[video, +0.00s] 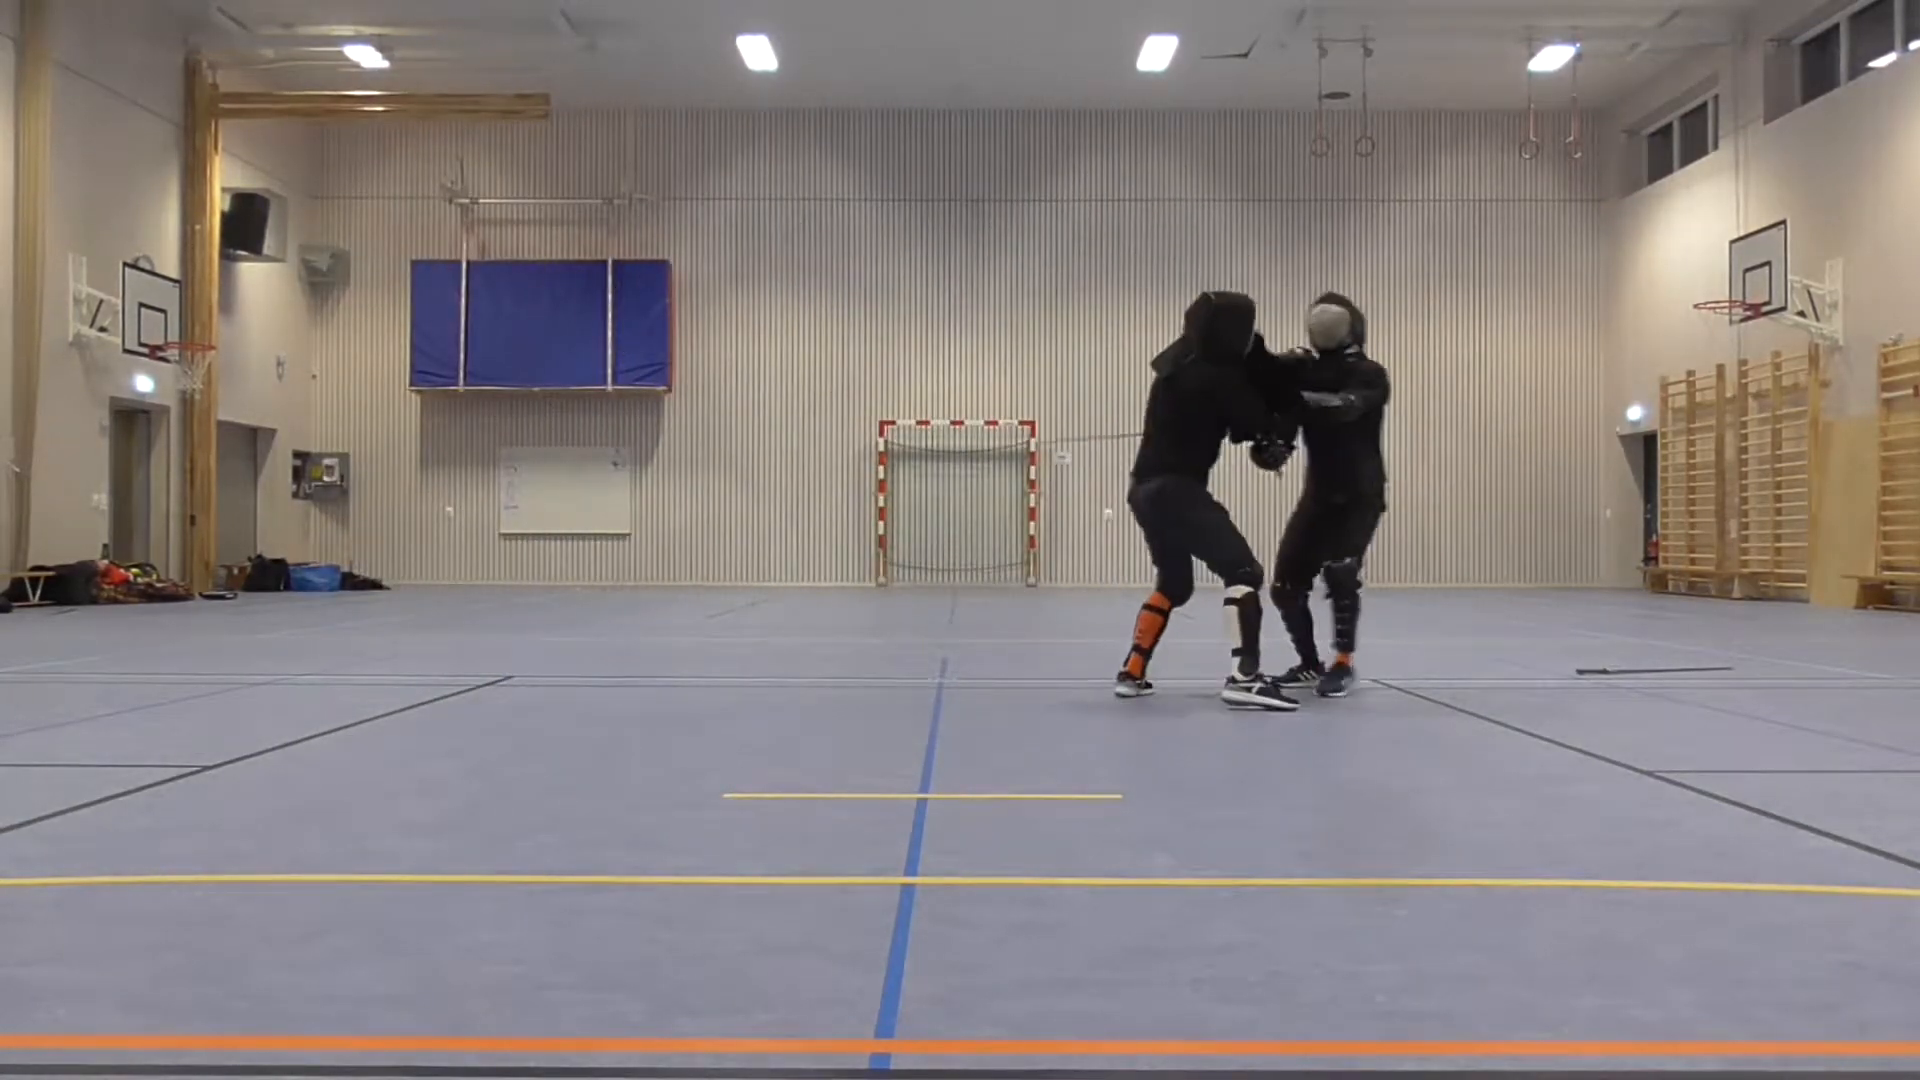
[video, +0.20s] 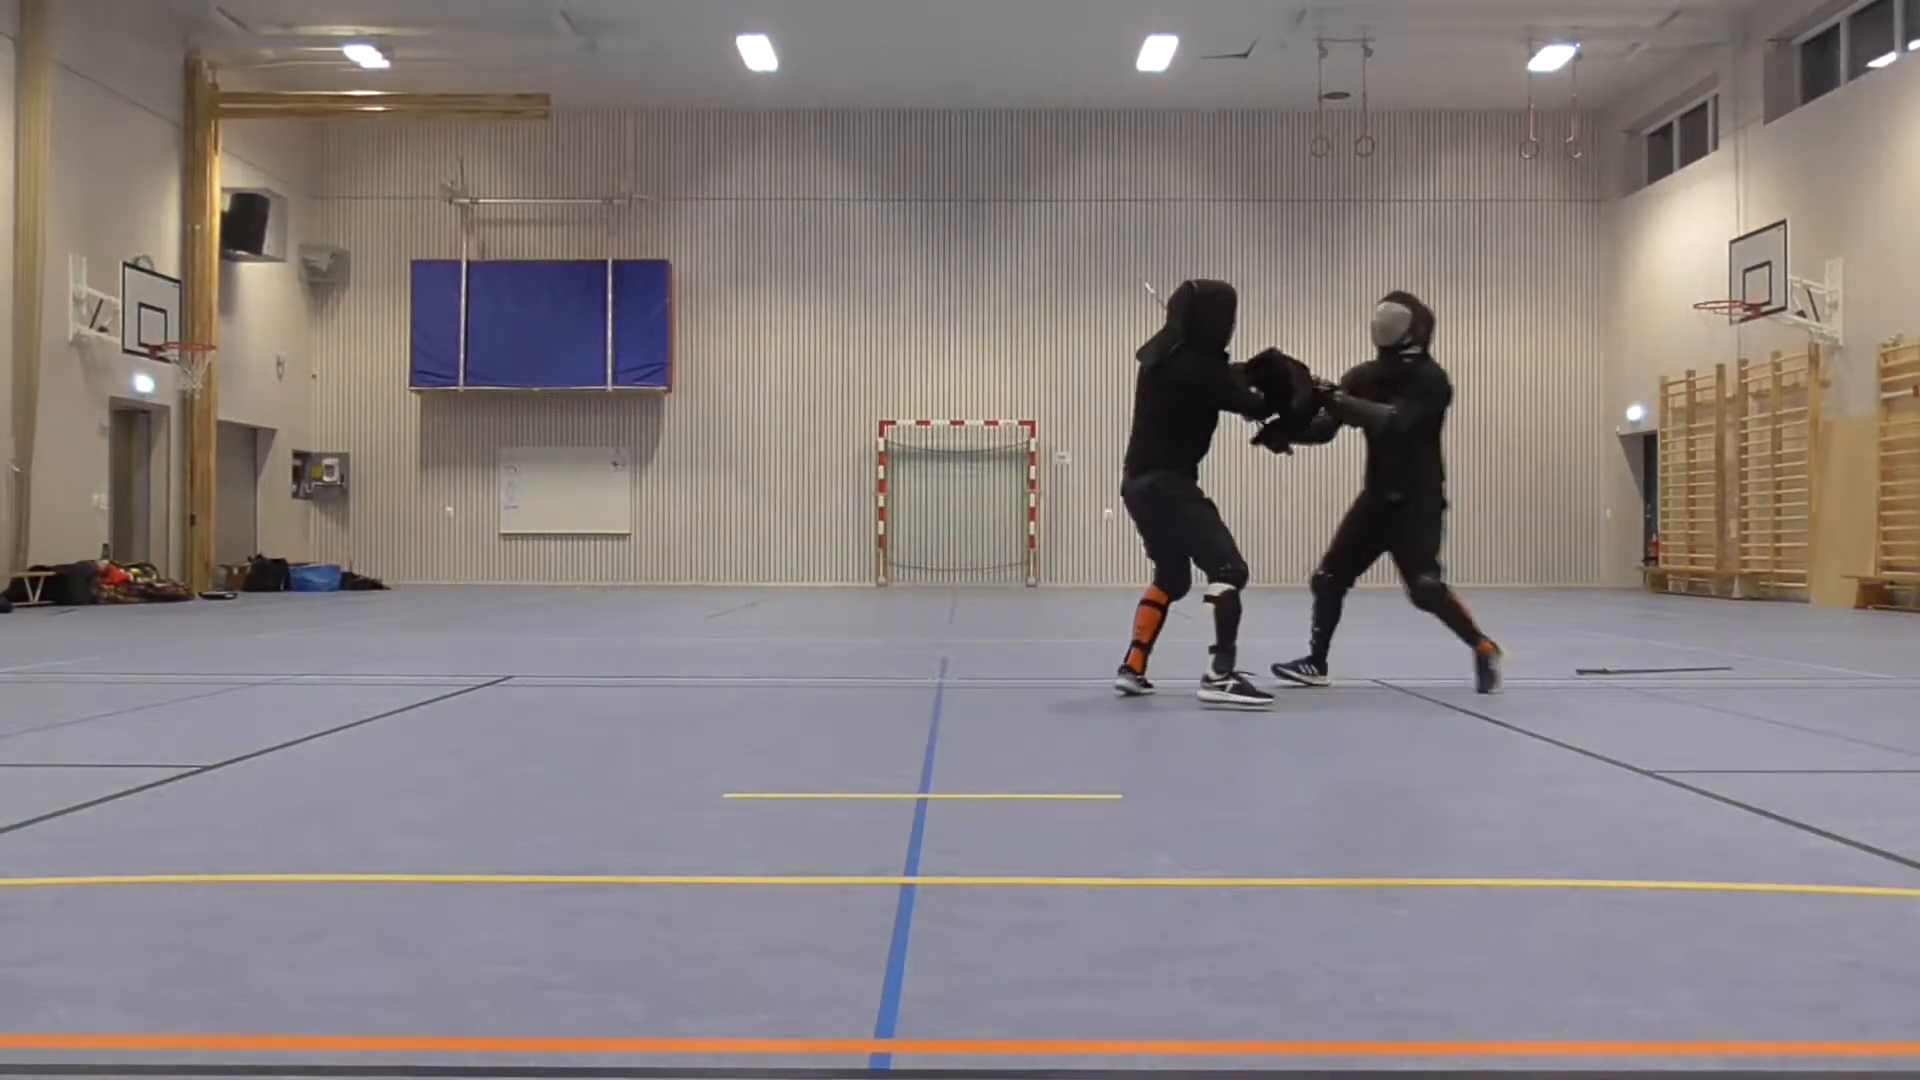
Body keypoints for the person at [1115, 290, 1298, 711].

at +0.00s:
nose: (1250, 338)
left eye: (1250, 329)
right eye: (1246, 329)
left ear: (1200, 328)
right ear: (1231, 333)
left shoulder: (1174, 365)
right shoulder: (1223, 374)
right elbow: (1256, 426)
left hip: (1144, 489)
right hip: (1180, 489)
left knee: (1174, 583)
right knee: (1243, 572)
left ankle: (1132, 673)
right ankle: (1246, 675)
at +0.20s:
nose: (1230, 327)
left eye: (1230, 318)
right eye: (1226, 319)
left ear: (1185, 316)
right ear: (1211, 321)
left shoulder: (1158, 354)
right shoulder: (1203, 367)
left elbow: (1208, 385)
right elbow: (1255, 404)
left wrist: (1251, 375)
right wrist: (1284, 384)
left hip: (1137, 485)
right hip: (1172, 484)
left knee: (1171, 574)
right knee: (1228, 570)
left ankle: (1132, 669)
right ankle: (1222, 675)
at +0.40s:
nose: (1239, 326)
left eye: (1239, 318)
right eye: (1236, 318)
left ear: (1189, 317)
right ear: (1223, 322)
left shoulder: (1157, 360)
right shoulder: (1220, 374)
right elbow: (1268, 424)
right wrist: (1308, 405)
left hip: (1149, 488)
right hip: (1186, 488)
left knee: (1179, 575)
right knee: (1249, 567)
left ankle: (1135, 665)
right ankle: (1256, 671)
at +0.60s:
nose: (1277, 318)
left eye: (1276, 309)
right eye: (1273, 309)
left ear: (1222, 309)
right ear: (1260, 313)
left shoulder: (1191, 357)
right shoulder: (1261, 364)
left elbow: (1190, 425)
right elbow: (1303, 418)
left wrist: (1259, 441)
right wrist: (1330, 406)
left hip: (1187, 493)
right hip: (1235, 493)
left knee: (1173, 576)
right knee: (1286, 576)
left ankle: (1141, 667)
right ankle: (1289, 681)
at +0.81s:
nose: (1302, 301)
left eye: (1303, 291)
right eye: (1299, 292)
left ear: (1245, 287)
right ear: (1287, 294)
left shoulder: (1208, 341)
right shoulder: (1292, 352)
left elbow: (1197, 398)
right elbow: (1327, 415)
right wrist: (1350, 400)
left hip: (1210, 480)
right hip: (1265, 481)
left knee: (1202, 568)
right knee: (1293, 576)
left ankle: (1188, 669)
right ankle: (1289, 681)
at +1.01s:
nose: (1304, 290)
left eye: (1302, 282)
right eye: (1301, 283)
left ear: (1246, 280)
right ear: (1294, 288)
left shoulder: (1215, 339)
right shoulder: (1304, 346)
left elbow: (1186, 414)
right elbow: (1335, 411)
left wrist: (1230, 421)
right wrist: (1356, 389)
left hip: (1231, 482)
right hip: (1292, 482)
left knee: (1217, 577)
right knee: (1295, 577)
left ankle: (1244, 667)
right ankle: (1292, 684)